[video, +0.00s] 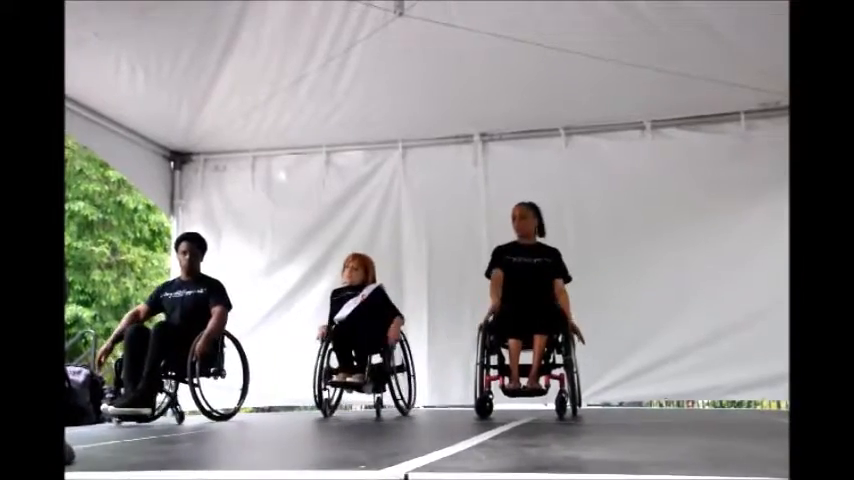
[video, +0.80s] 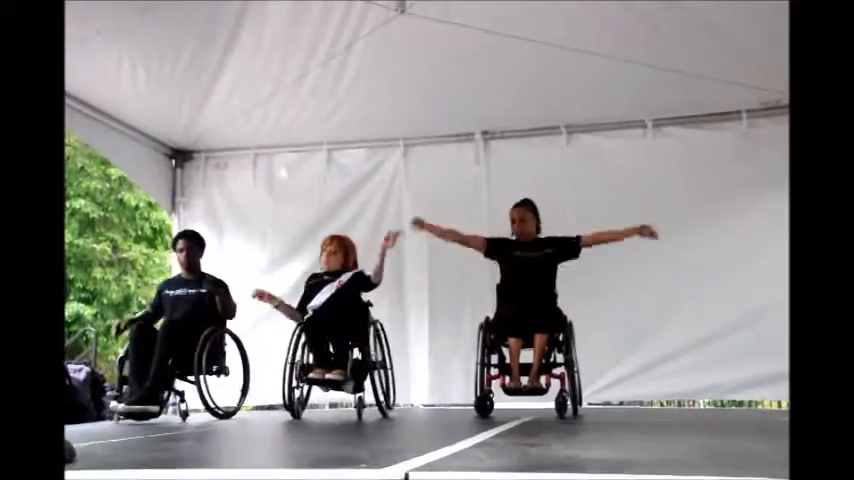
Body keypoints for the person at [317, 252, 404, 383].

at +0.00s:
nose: (349, 272)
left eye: (355, 269)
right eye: (347, 267)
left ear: (366, 273)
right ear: (343, 271)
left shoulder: (375, 291)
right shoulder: (337, 294)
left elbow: (398, 316)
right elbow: (334, 322)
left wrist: (395, 327)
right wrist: (326, 330)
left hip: (373, 332)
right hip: (349, 333)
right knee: (338, 332)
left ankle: (359, 373)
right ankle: (345, 370)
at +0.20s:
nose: (344, 268)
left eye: (350, 265)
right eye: (341, 264)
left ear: (361, 270)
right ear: (337, 268)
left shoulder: (368, 289)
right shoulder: (331, 290)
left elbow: (384, 316)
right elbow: (321, 317)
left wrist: (386, 340)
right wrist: (313, 337)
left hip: (365, 330)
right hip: (341, 329)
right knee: (332, 331)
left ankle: (355, 371)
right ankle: (339, 369)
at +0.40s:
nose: (336, 261)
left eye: (342, 258)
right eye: (333, 258)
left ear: (354, 263)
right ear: (329, 262)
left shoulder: (361, 283)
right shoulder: (326, 284)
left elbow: (376, 309)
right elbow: (311, 310)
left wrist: (372, 329)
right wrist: (312, 297)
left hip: (355, 319)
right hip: (334, 319)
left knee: (349, 336)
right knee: (323, 330)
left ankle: (348, 369)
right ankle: (332, 366)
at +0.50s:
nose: (331, 261)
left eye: (337, 257)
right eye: (328, 256)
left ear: (350, 261)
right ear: (325, 260)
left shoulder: (360, 281)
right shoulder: (322, 281)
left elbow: (370, 300)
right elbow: (300, 301)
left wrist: (376, 307)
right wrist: (301, 273)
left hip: (354, 318)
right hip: (331, 318)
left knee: (344, 332)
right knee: (319, 327)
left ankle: (345, 368)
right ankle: (329, 366)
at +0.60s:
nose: (329, 259)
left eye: (336, 255)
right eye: (327, 254)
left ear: (349, 260)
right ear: (324, 258)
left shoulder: (359, 280)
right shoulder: (320, 281)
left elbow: (369, 301)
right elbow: (295, 300)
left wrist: (379, 297)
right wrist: (289, 269)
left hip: (354, 320)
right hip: (330, 319)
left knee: (342, 332)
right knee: (317, 326)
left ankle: (344, 368)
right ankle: (327, 367)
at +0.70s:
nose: (329, 258)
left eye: (336, 254)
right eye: (327, 253)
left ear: (349, 259)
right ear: (323, 257)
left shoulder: (357, 278)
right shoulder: (318, 281)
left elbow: (373, 292)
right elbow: (293, 304)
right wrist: (279, 278)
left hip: (352, 319)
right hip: (328, 320)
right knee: (316, 325)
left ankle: (342, 369)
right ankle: (324, 367)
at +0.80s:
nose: (327, 256)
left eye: (333, 253)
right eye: (324, 252)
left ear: (346, 257)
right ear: (321, 256)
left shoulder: (354, 277)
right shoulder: (314, 281)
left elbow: (374, 281)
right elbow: (299, 316)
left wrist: (383, 251)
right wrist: (275, 302)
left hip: (347, 318)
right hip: (322, 319)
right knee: (310, 322)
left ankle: (339, 368)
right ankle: (320, 366)